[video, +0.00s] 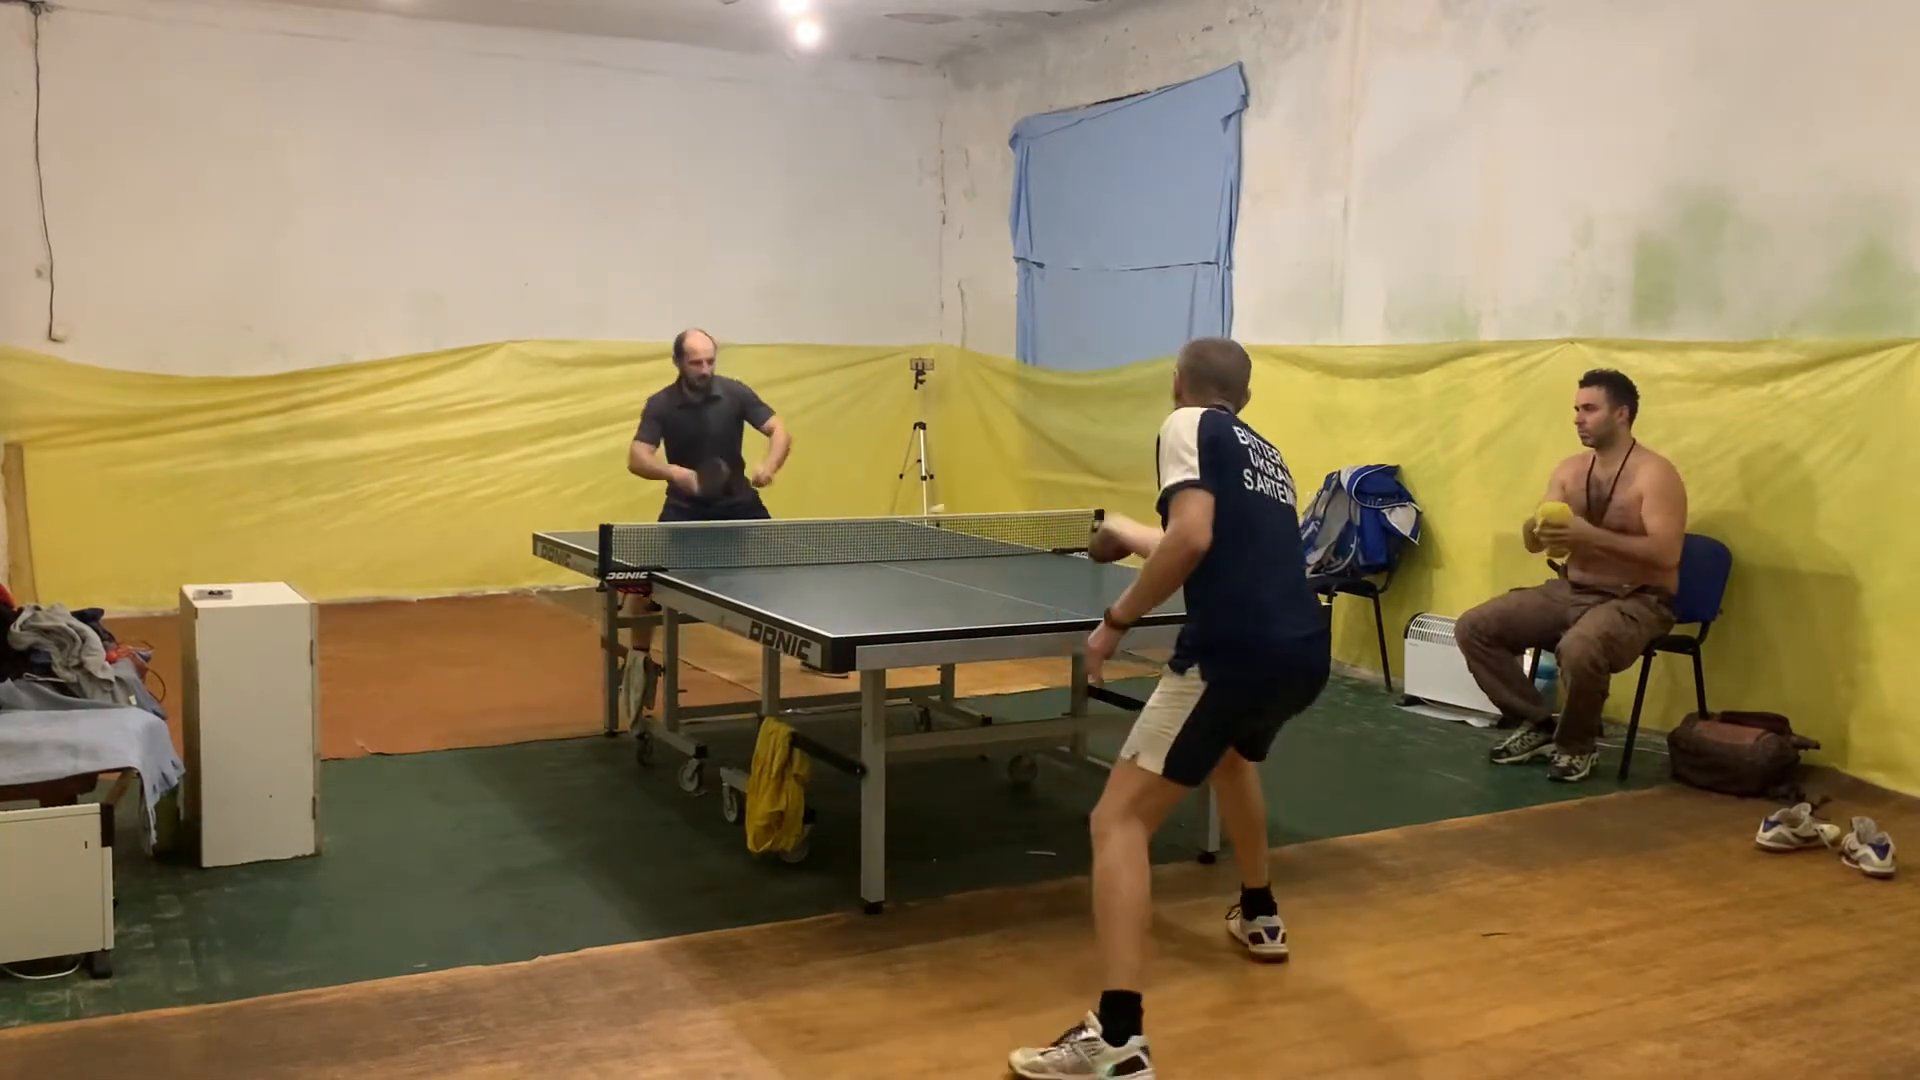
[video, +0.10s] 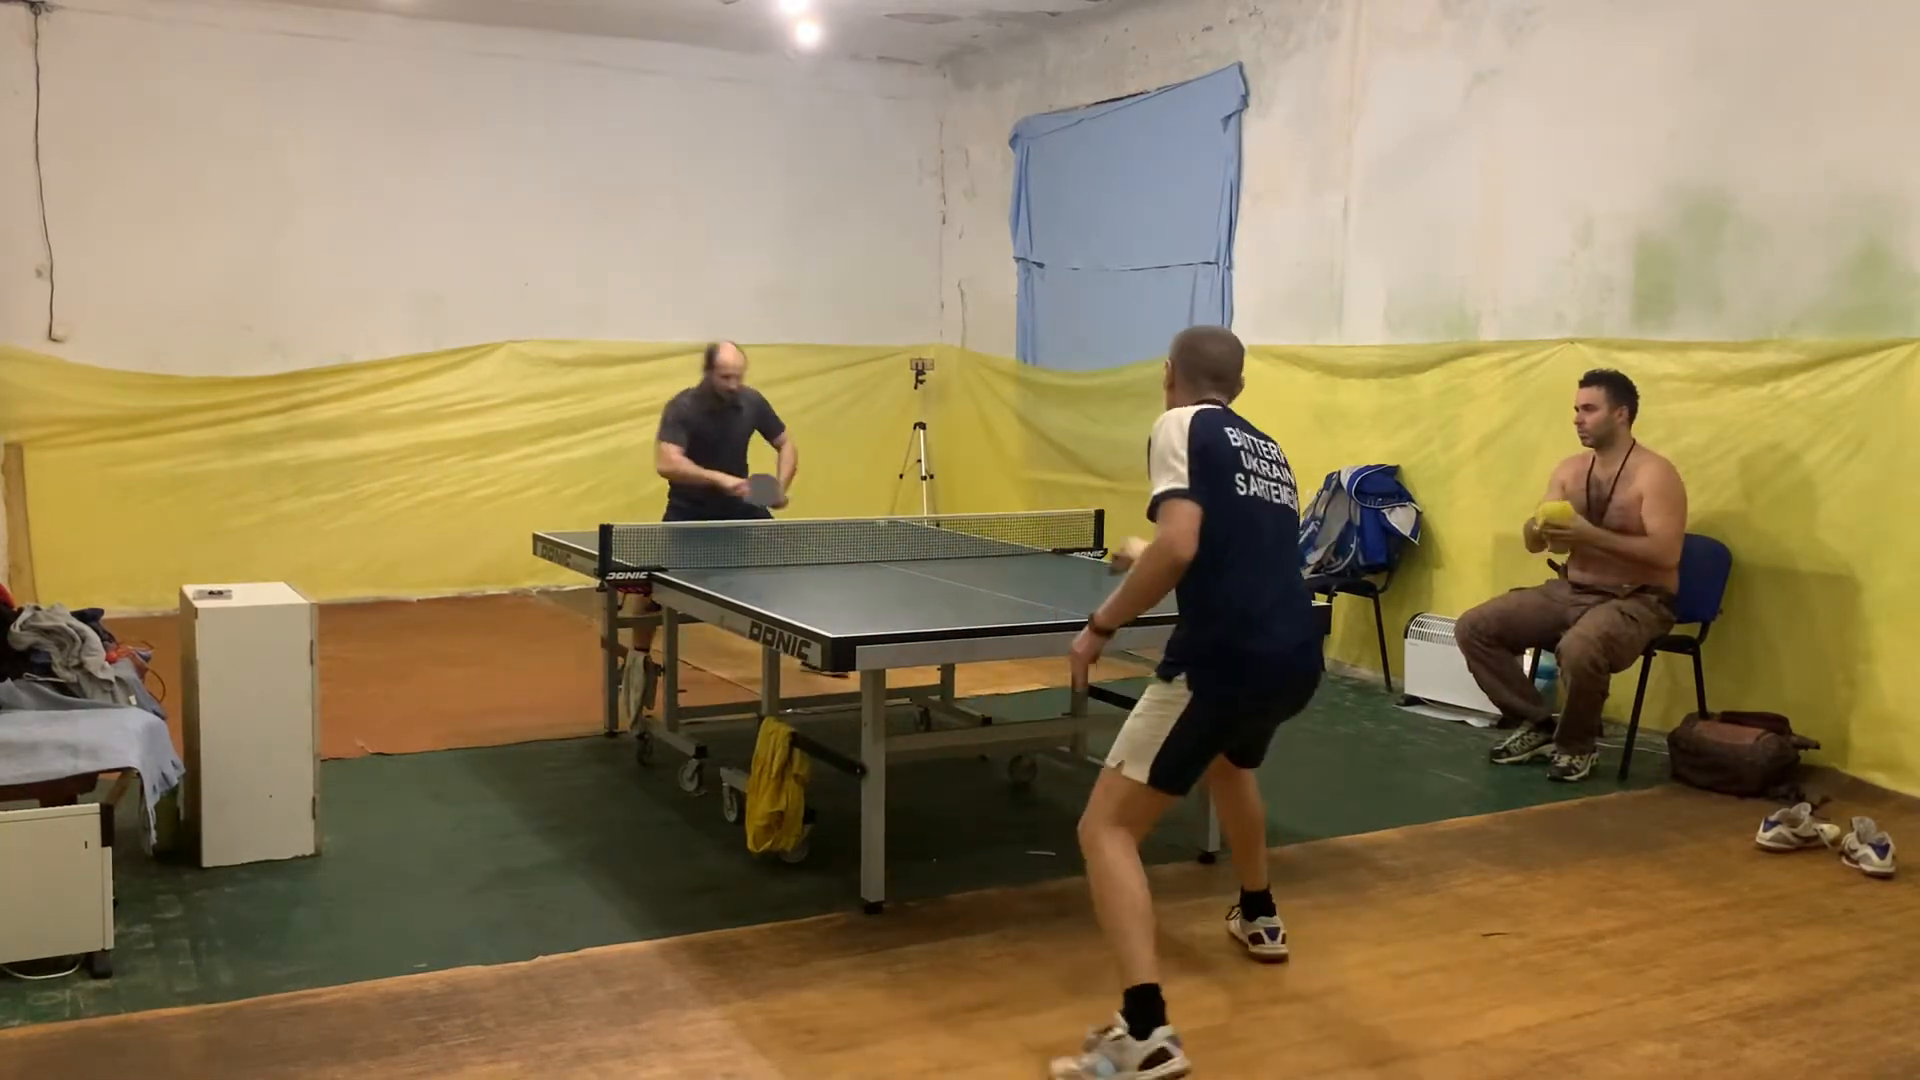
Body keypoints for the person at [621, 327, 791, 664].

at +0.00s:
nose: (705, 370)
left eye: (710, 362)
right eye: (697, 363)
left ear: (716, 359)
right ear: (678, 362)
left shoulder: (735, 393)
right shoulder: (661, 404)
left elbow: (781, 433)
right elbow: (637, 460)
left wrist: (769, 466)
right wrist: (672, 472)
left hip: (739, 503)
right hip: (685, 507)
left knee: (783, 563)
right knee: (643, 579)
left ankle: (806, 641)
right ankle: (639, 664)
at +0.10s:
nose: (734, 385)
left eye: (739, 377)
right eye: (725, 377)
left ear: (745, 374)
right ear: (708, 373)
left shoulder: (753, 403)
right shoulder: (682, 407)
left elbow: (786, 445)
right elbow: (667, 463)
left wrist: (781, 487)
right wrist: (719, 479)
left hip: (739, 511)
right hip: (687, 513)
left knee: (790, 561)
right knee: (651, 584)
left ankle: (808, 645)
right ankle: (638, 661)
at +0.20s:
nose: (765, 410)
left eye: (769, 402)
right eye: (757, 401)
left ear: (775, 396)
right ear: (738, 393)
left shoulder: (768, 417)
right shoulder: (708, 414)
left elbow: (789, 455)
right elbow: (713, 464)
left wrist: (789, 493)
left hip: (743, 508)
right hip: (696, 512)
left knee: (793, 556)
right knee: (658, 584)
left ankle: (809, 643)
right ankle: (639, 659)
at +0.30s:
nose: (778, 399)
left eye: (784, 392)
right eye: (772, 390)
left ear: (788, 389)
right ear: (753, 383)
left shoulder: (777, 411)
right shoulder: (724, 411)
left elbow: (795, 446)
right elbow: (741, 444)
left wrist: (801, 487)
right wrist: (771, 476)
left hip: (759, 514)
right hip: (711, 516)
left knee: (802, 568)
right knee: (671, 587)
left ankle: (811, 645)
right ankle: (640, 661)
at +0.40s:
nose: (783, 363)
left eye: (789, 356)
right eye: (777, 355)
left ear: (795, 355)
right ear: (759, 350)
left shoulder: (785, 383)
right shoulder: (737, 383)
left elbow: (798, 416)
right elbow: (721, 414)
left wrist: (813, 454)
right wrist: (719, 443)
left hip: (766, 489)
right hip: (725, 493)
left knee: (807, 548)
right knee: (696, 567)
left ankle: (815, 641)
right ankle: (644, 652)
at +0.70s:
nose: (769, 350)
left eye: (776, 343)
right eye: (762, 342)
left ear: (784, 344)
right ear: (748, 341)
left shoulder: (794, 385)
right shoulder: (723, 380)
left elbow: (819, 426)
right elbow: (679, 411)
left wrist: (817, 463)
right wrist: (682, 429)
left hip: (775, 493)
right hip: (725, 493)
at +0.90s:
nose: (732, 347)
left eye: (739, 340)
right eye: (724, 340)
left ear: (748, 341)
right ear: (711, 341)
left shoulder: (763, 382)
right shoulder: (690, 380)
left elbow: (789, 426)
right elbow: (646, 422)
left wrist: (777, 472)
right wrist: (669, 435)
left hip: (749, 498)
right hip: (698, 497)